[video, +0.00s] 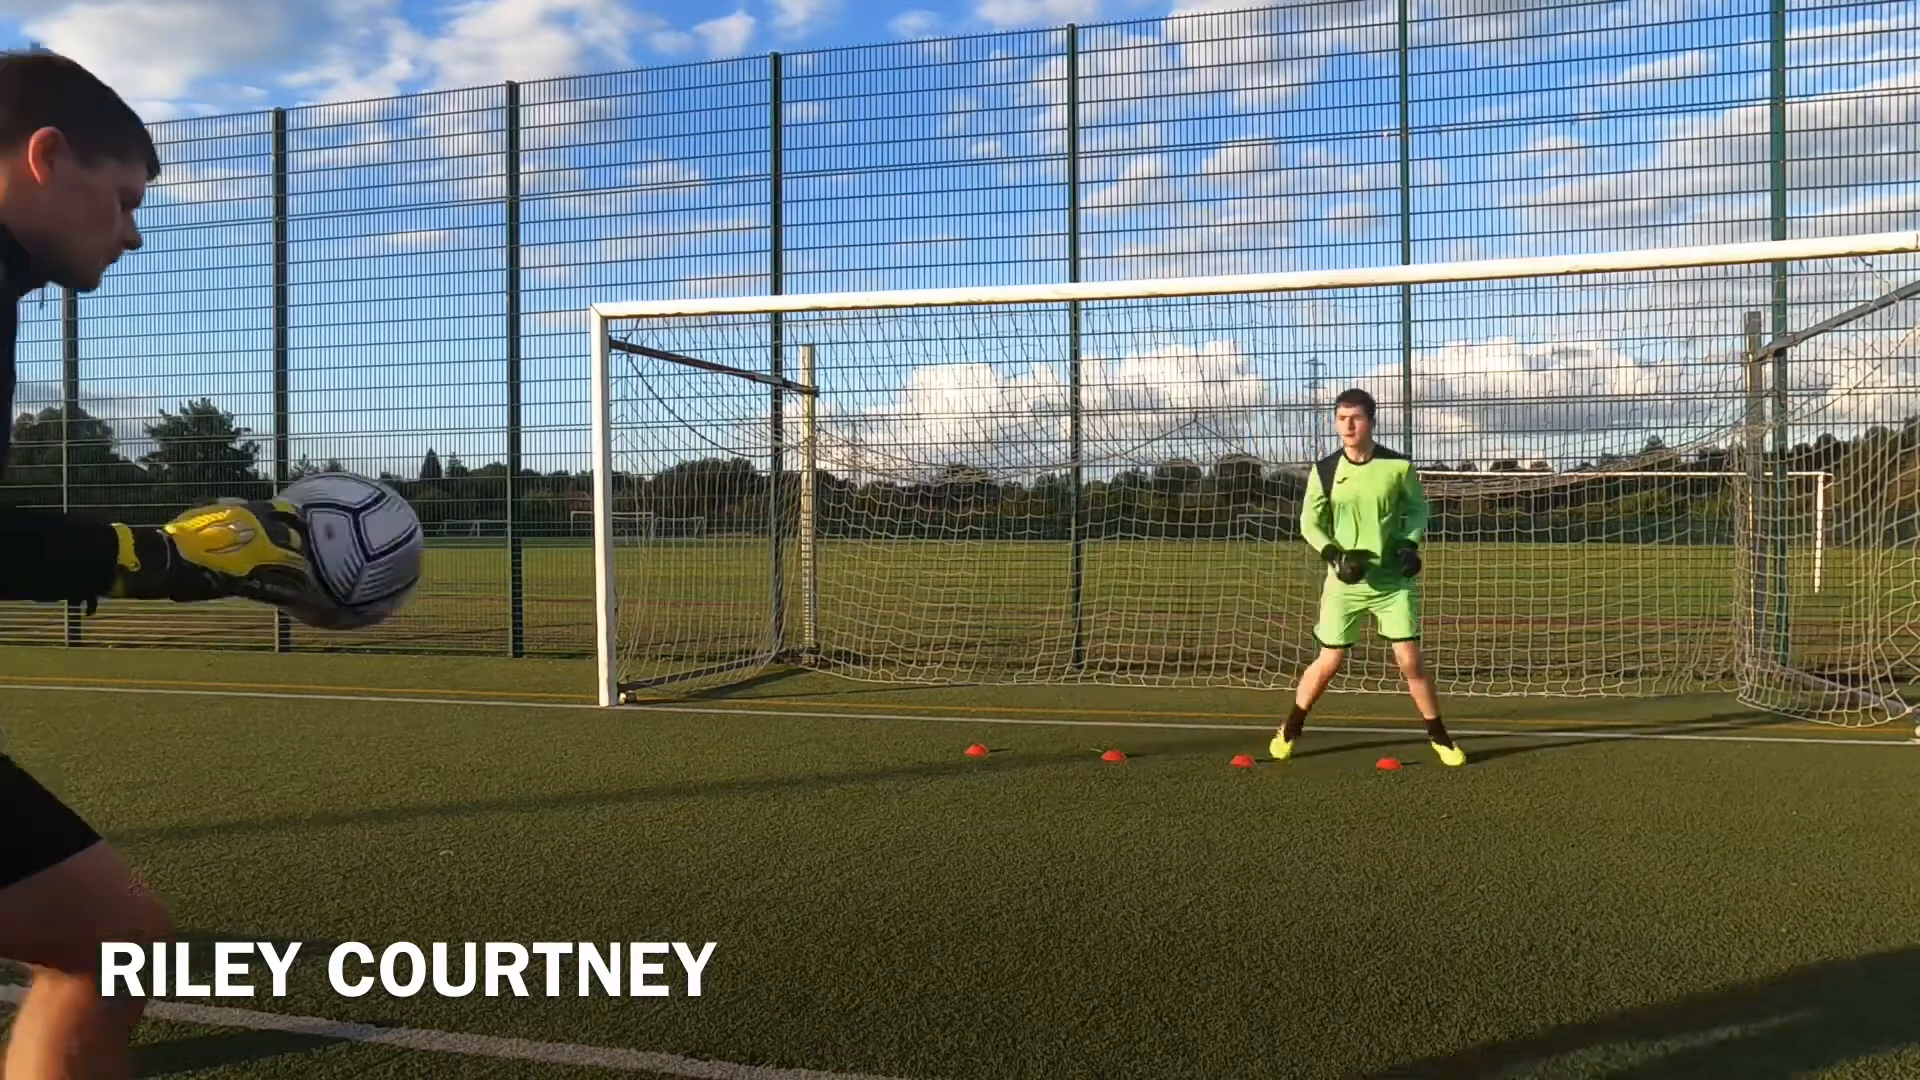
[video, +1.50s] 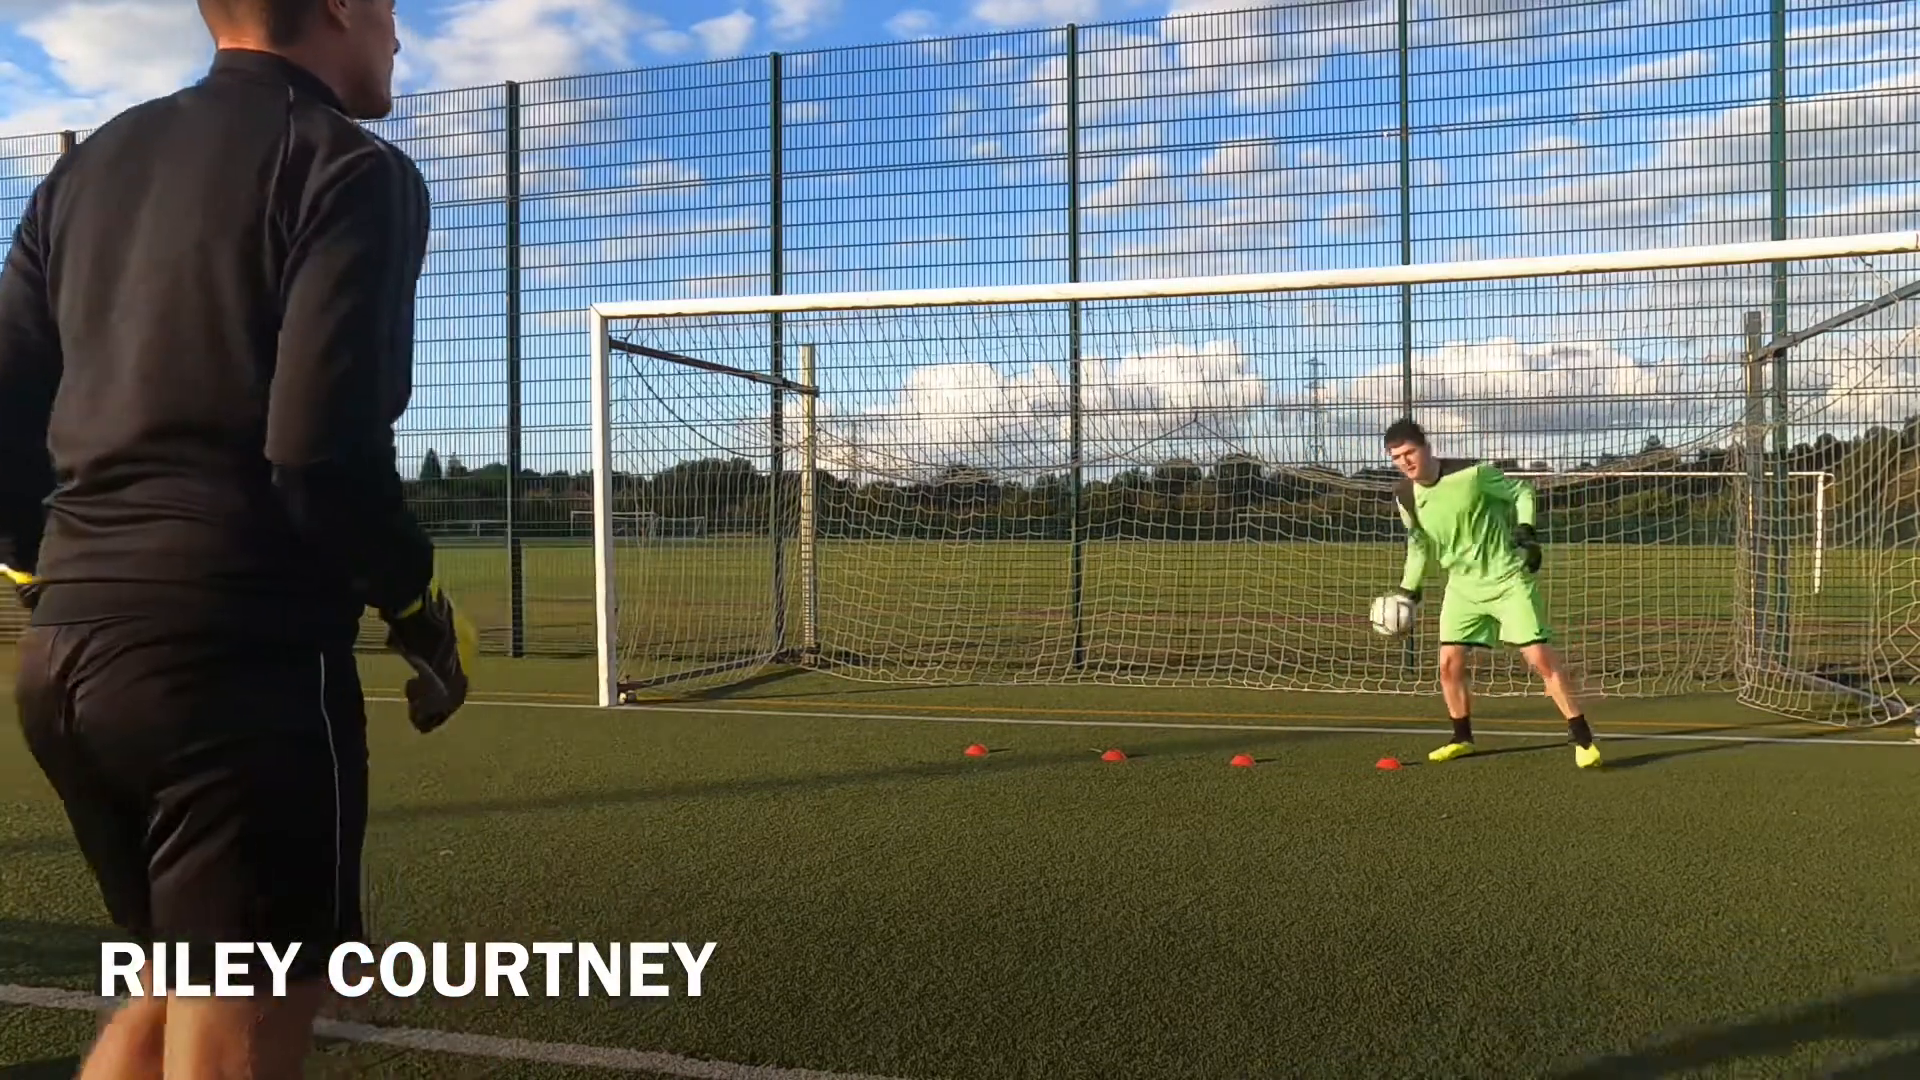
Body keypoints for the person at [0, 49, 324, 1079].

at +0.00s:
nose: (132, 237)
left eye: (137, 211)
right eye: (125, 201)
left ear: (39, 164)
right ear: (43, 159)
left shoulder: (6, 294)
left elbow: (10, 544)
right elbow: (12, 547)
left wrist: (158, 560)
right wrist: (152, 554)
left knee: (106, 938)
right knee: (110, 937)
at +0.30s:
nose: (362, 255)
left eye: (368, 231)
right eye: (361, 222)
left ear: (282, 183)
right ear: (303, 180)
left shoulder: (203, 266)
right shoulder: (221, 268)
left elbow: (55, 459)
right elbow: (81, 451)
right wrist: (122, 676)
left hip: (273, 684)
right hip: (242, 699)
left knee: (402, 926)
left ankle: (354, 1062)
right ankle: (339, 1061)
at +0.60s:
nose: (436, 197)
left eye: (437, 172)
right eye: (430, 168)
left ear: (324, 154)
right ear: (371, 146)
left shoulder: (233, 258)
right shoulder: (331, 238)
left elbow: (339, 463)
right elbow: (200, 421)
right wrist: (231, 613)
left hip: (311, 663)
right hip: (394, 632)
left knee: (422, 916)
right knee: (601, 516)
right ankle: (700, 725)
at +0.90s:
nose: (436, 131)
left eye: (437, 106)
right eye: (427, 102)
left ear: (291, 107)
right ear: (370, 95)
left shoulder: (209, 247)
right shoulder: (390, 234)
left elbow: (137, 457)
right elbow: (422, 466)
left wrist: (199, 574)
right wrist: (539, 606)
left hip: (264, 639)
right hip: (390, 628)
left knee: (379, 925)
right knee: (585, 840)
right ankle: (473, 1067)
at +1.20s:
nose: (440, 84)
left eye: (434, 54)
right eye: (428, 52)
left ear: (274, 69)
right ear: (375, 52)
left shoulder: (163, 217)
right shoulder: (390, 205)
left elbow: (43, 424)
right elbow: (469, 468)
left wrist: (10, 623)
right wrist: (591, 543)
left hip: (188, 659)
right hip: (322, 664)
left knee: (311, 992)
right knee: (331, 1017)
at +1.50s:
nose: (397, 48)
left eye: (397, 20)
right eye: (390, 15)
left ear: (229, 19)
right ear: (340, 11)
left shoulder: (81, 166)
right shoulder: (352, 167)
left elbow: (4, 410)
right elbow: (318, 449)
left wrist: (61, 561)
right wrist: (413, 601)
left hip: (62, 633)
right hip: (234, 642)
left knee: (167, 979)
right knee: (252, 1009)